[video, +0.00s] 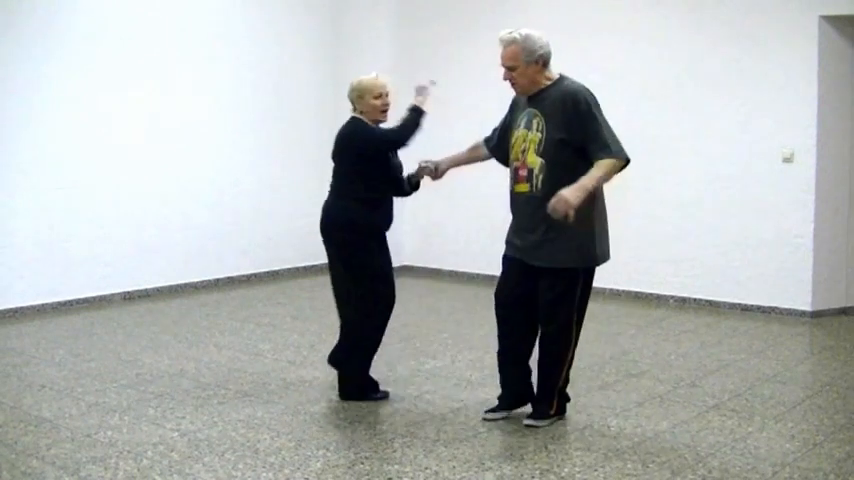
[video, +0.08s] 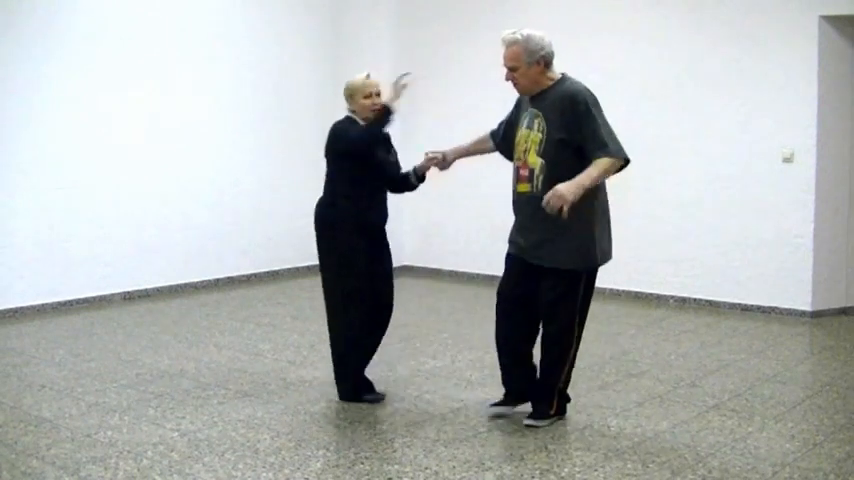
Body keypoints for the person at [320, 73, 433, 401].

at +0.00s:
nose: (386, 102)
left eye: (387, 96)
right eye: (378, 97)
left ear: (387, 100)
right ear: (360, 103)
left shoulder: (375, 137)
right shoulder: (357, 132)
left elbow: (393, 187)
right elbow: (396, 138)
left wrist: (417, 177)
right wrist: (417, 107)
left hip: (359, 229)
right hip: (355, 231)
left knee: (365, 297)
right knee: (376, 299)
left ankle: (349, 365)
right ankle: (354, 382)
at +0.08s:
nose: (378, 101)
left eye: (380, 95)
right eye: (369, 96)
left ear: (382, 99)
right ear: (352, 103)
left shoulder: (380, 137)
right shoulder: (342, 131)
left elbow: (396, 183)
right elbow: (361, 142)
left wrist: (420, 169)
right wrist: (389, 107)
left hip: (371, 230)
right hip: (340, 231)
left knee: (379, 304)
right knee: (347, 303)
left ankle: (355, 376)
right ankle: (349, 385)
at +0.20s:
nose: (361, 106)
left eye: (366, 100)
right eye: (354, 101)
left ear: (373, 104)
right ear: (342, 107)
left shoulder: (380, 140)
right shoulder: (331, 135)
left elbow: (404, 183)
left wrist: (434, 172)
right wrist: (350, 133)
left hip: (369, 233)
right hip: (333, 235)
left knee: (371, 306)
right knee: (341, 306)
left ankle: (359, 379)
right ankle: (345, 386)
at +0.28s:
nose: (354, 110)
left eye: (360, 104)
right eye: (347, 104)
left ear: (368, 108)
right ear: (337, 109)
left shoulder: (379, 143)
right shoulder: (323, 143)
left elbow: (407, 184)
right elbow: (287, 179)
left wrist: (442, 177)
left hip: (370, 236)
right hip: (329, 238)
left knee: (368, 306)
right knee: (337, 305)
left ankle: (359, 376)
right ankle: (339, 381)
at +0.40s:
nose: (341, 110)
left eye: (347, 105)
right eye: (335, 105)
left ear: (358, 109)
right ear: (327, 109)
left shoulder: (374, 143)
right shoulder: (314, 146)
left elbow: (403, 179)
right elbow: (291, 175)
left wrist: (432, 183)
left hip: (367, 234)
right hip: (325, 234)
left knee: (364, 302)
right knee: (327, 301)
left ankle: (356, 371)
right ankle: (324, 376)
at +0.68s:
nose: (318, 105)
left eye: (325, 100)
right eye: (314, 99)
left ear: (338, 105)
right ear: (309, 102)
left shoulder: (350, 136)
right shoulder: (307, 135)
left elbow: (376, 174)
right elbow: (300, 167)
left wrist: (386, 162)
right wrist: (273, 178)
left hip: (355, 228)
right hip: (321, 226)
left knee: (356, 294)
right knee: (319, 292)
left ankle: (360, 365)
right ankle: (344, 353)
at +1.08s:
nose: (345, 107)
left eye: (348, 102)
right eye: (338, 102)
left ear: (352, 106)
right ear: (322, 108)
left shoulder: (362, 135)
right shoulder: (309, 140)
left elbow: (392, 171)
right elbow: (279, 173)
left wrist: (409, 165)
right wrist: (237, 179)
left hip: (370, 222)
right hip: (329, 225)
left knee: (383, 284)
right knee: (330, 291)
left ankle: (388, 356)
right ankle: (340, 359)